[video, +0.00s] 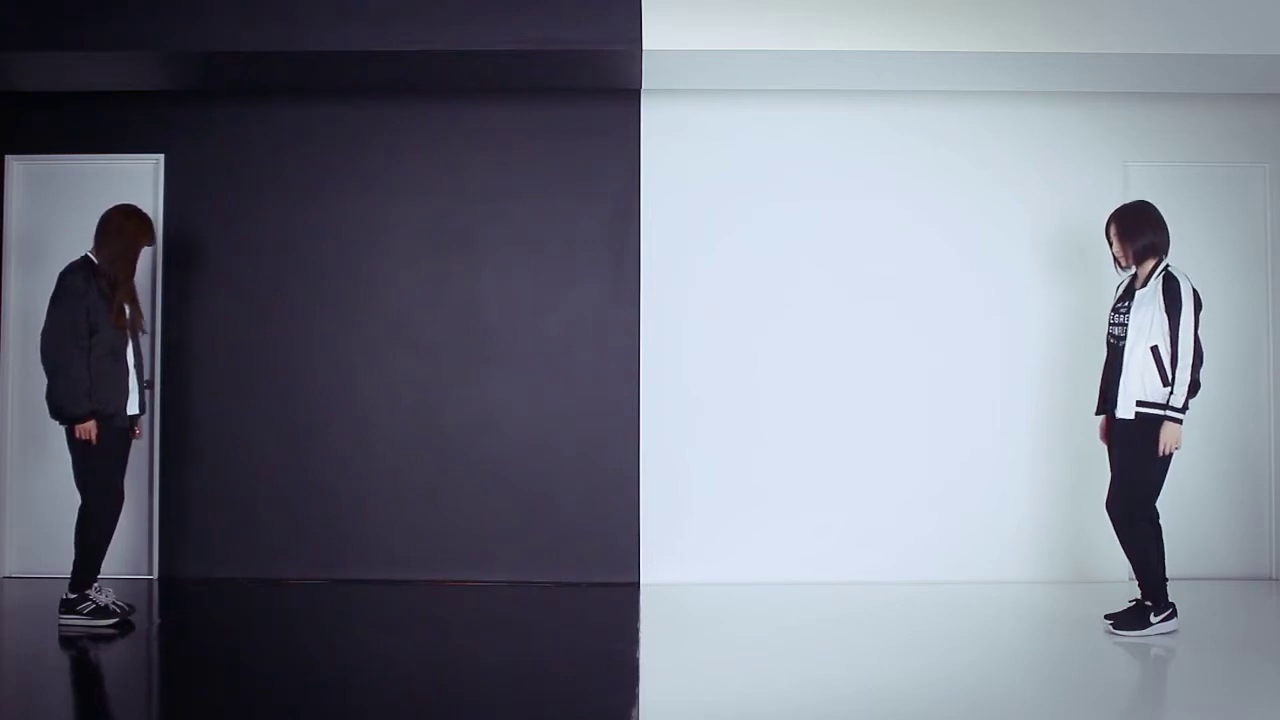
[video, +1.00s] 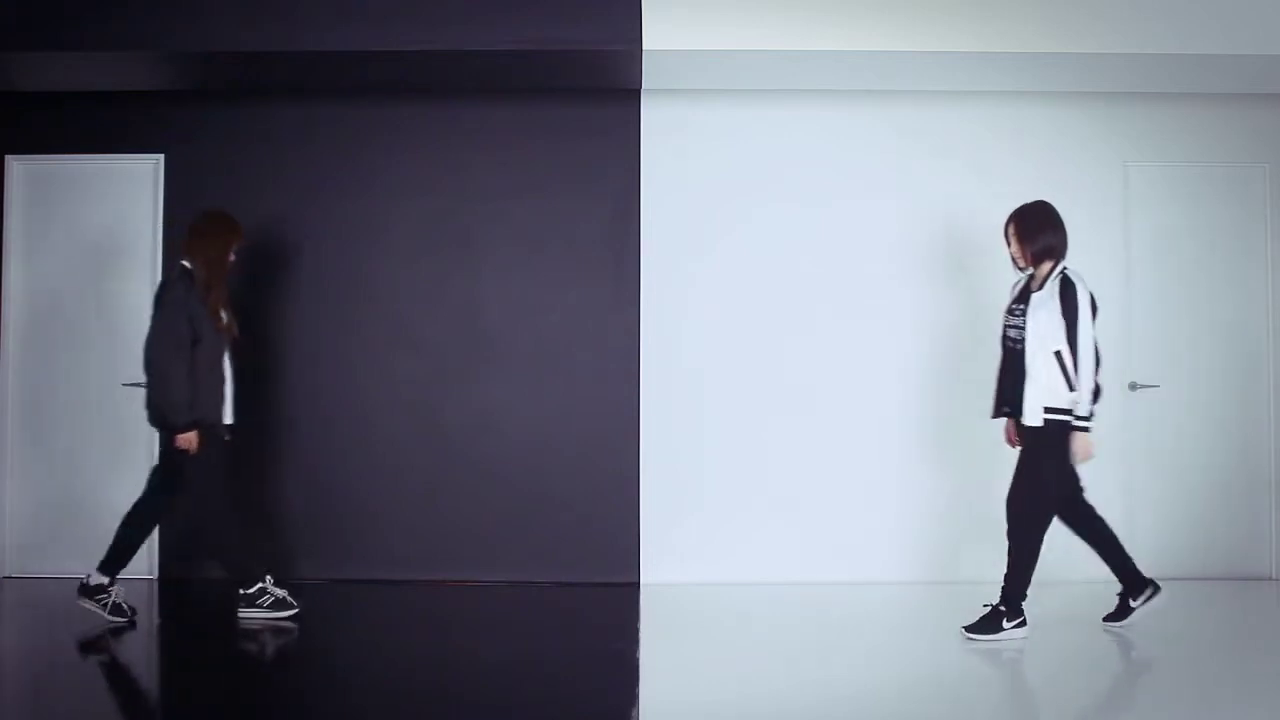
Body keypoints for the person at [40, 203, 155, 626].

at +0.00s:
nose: (138, 257)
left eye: (141, 249)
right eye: (137, 247)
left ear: (113, 238)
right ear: (121, 241)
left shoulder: (116, 283)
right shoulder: (78, 279)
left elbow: (122, 355)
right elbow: (60, 349)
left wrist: (132, 412)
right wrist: (79, 411)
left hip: (115, 415)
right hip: (89, 417)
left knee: (109, 499)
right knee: (100, 500)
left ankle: (86, 589)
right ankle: (78, 596)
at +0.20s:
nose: (146, 256)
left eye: (148, 248)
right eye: (144, 247)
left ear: (121, 239)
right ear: (127, 242)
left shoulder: (127, 285)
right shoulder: (86, 279)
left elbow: (132, 357)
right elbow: (68, 349)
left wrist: (139, 412)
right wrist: (86, 412)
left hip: (121, 416)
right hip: (95, 417)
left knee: (115, 500)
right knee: (106, 500)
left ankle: (87, 589)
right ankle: (79, 595)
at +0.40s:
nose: (156, 256)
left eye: (157, 247)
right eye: (153, 247)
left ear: (129, 240)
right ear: (136, 242)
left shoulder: (132, 285)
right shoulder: (96, 279)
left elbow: (135, 358)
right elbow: (80, 350)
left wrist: (145, 414)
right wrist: (98, 413)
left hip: (128, 414)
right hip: (111, 415)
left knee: (104, 503)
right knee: (156, 489)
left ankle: (87, 592)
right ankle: (107, 576)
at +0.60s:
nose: (173, 255)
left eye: (175, 246)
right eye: (169, 245)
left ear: (152, 244)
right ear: (149, 242)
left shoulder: (155, 285)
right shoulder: (113, 280)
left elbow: (164, 355)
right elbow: (94, 350)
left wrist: (176, 411)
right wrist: (112, 414)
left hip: (148, 418)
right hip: (133, 419)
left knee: (107, 511)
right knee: (182, 487)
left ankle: (86, 593)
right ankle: (195, 576)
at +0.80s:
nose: (197, 261)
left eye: (198, 253)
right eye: (193, 252)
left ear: (171, 249)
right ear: (174, 249)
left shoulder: (170, 291)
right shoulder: (141, 289)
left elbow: (166, 362)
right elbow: (124, 359)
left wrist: (176, 421)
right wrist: (137, 423)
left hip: (162, 423)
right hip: (150, 425)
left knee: (118, 513)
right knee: (190, 505)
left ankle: (86, 594)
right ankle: (237, 584)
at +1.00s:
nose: (233, 260)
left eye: (234, 251)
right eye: (229, 251)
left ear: (204, 248)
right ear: (210, 249)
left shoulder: (209, 290)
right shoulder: (179, 290)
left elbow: (213, 359)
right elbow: (166, 359)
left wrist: (225, 418)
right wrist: (180, 422)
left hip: (213, 421)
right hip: (192, 423)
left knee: (154, 503)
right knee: (226, 506)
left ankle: (100, 582)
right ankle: (251, 590)